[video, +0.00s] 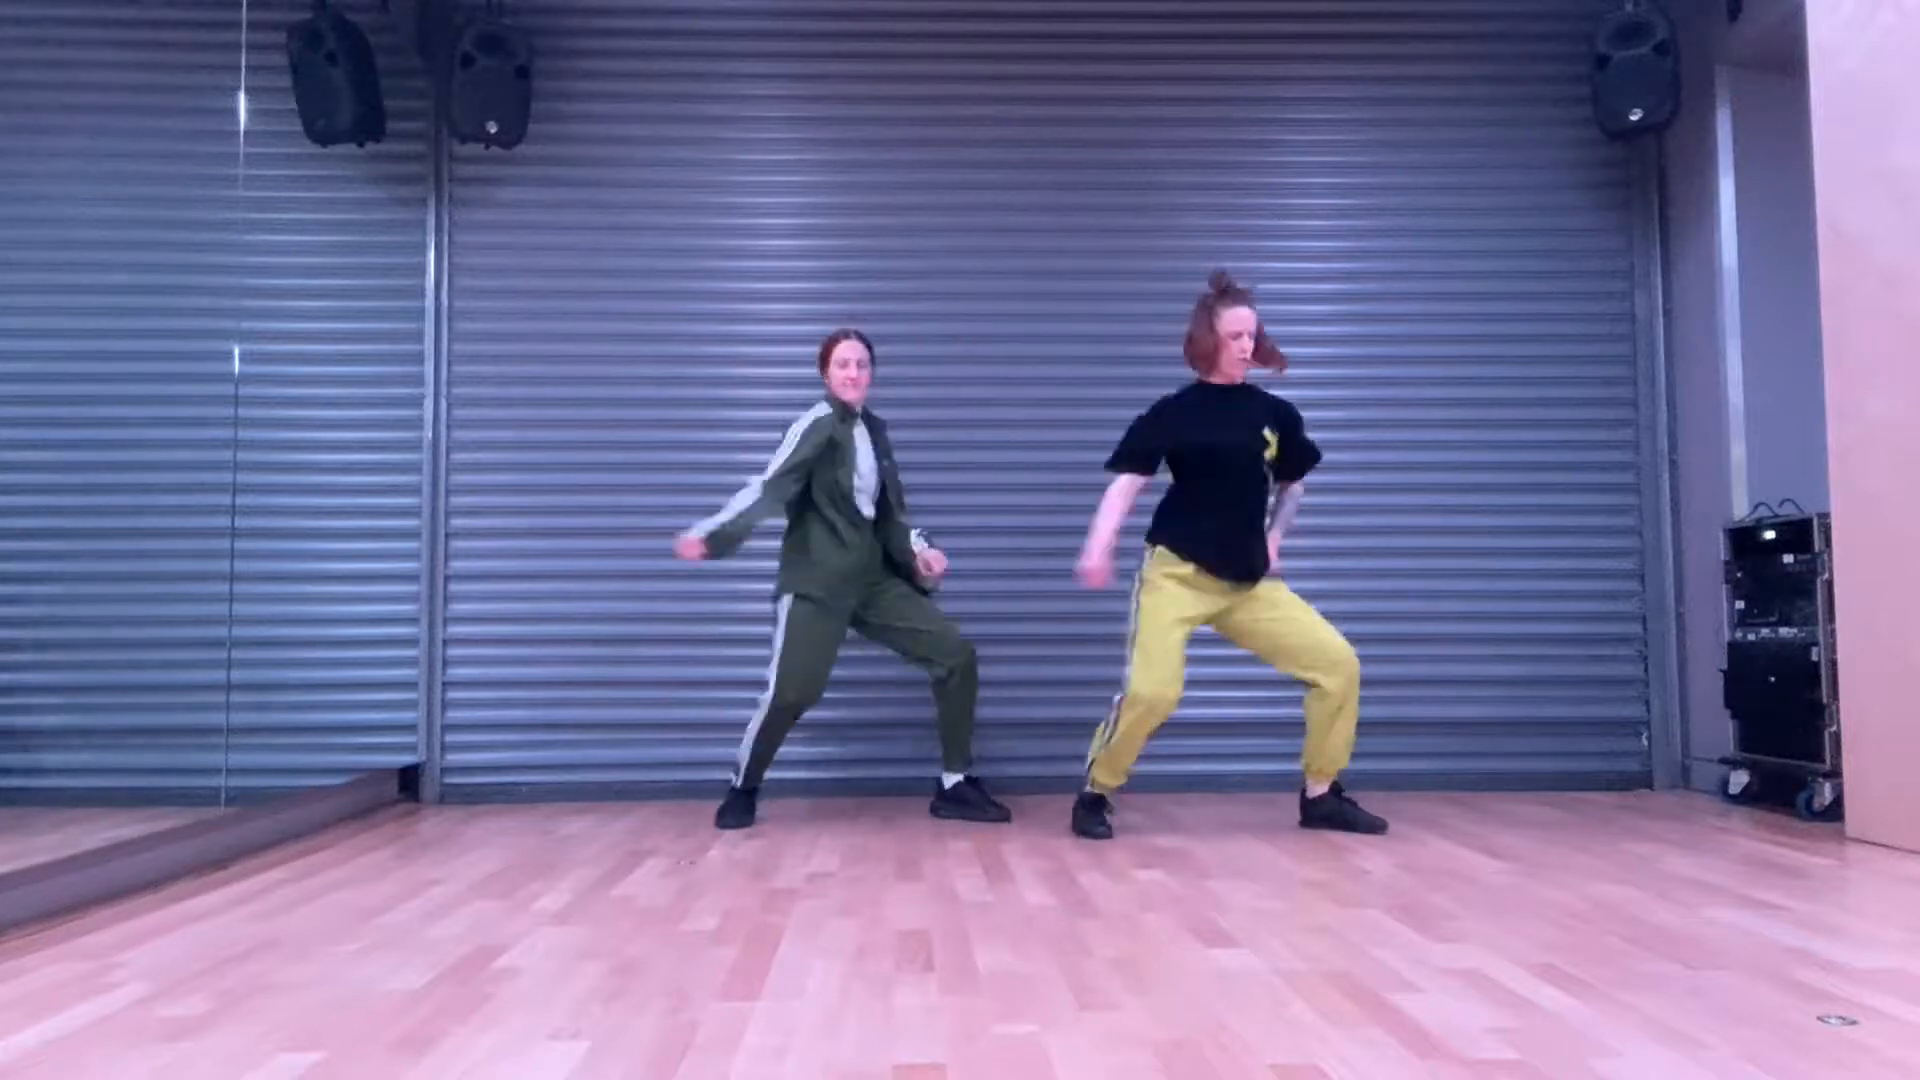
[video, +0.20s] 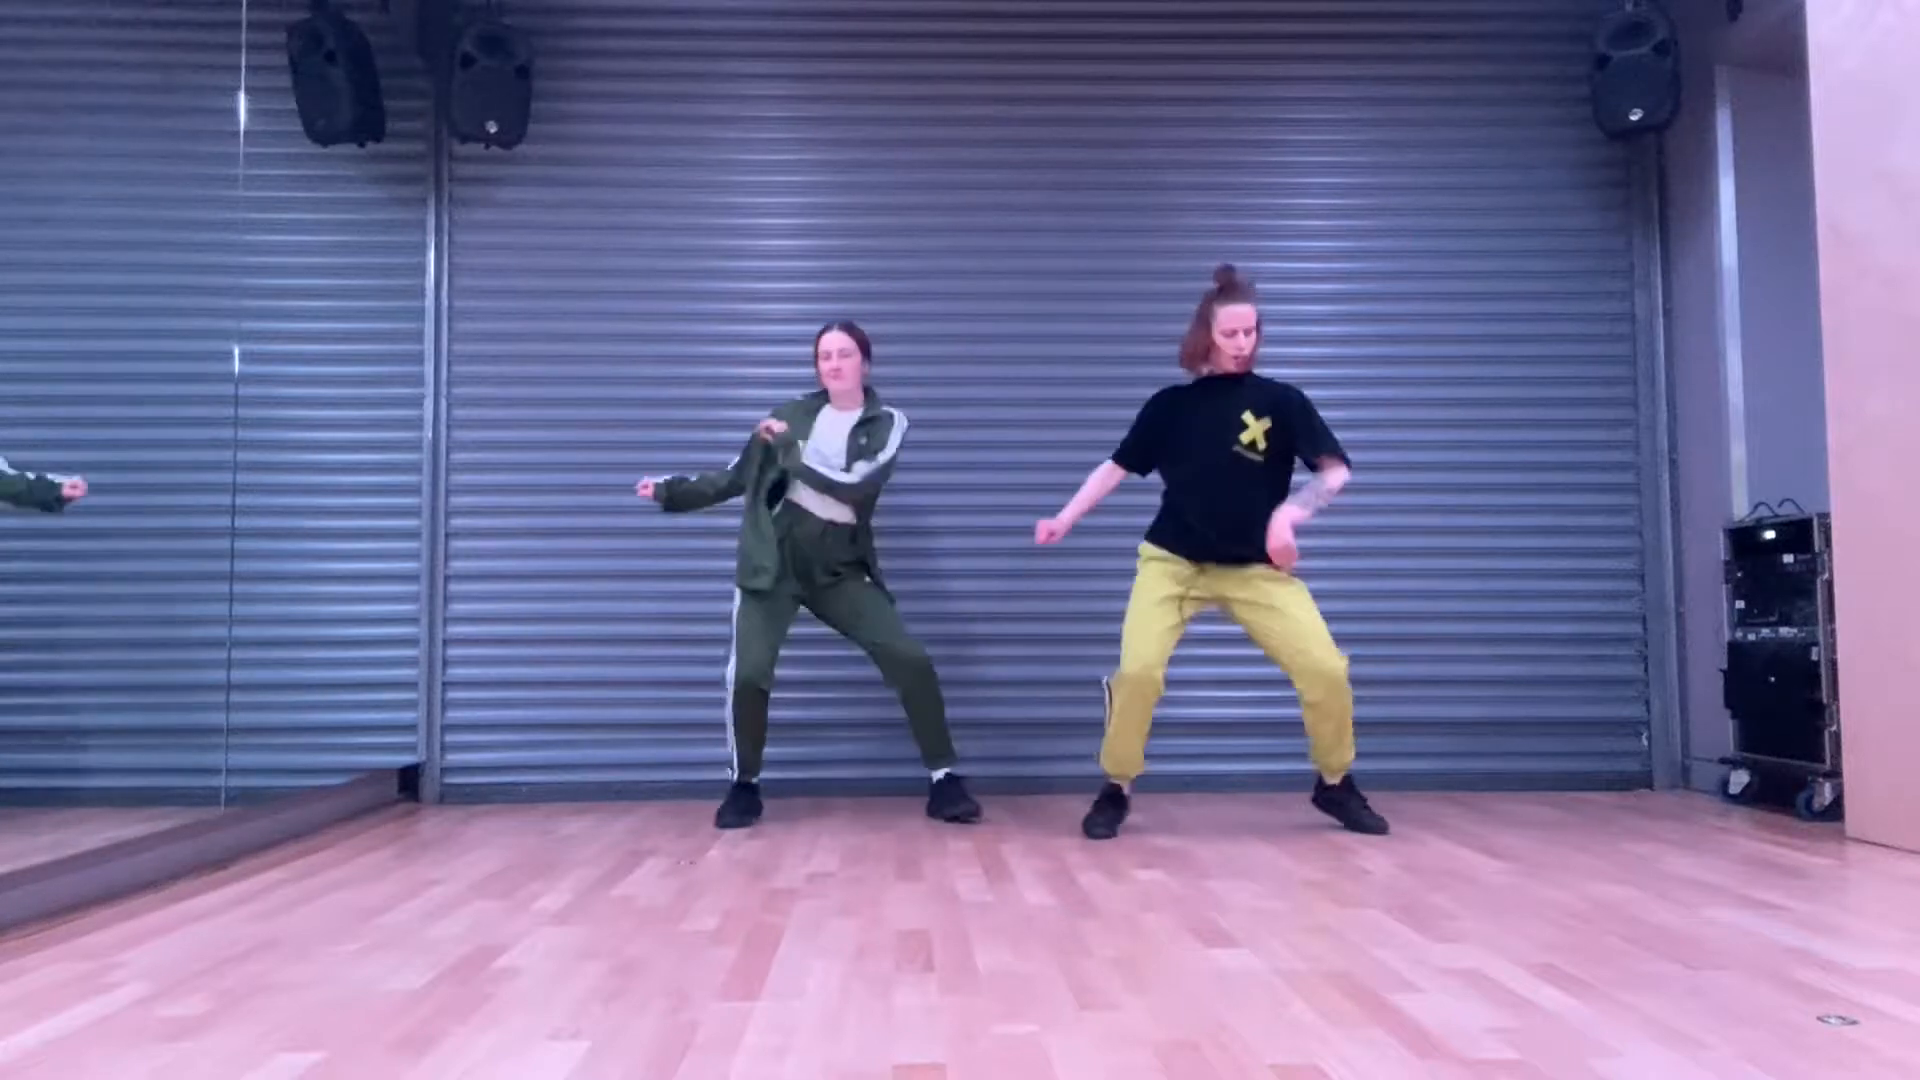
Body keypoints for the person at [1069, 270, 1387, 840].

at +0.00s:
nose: (1246, 346)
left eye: (1251, 335)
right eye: (1234, 335)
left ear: (1256, 341)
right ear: (1206, 339)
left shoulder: (1275, 415)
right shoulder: (1173, 413)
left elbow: (1293, 486)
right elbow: (1126, 483)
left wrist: (1272, 541)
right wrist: (1097, 547)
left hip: (1247, 584)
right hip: (1174, 579)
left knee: (1337, 664)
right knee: (1154, 692)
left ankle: (1320, 796)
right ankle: (1095, 794)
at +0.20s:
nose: (1243, 344)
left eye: (1251, 332)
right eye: (1231, 333)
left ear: (1260, 334)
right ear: (1206, 336)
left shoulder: (1283, 403)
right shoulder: (1171, 405)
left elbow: (1336, 473)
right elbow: (1117, 469)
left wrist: (1289, 513)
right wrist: (1064, 518)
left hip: (1258, 570)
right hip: (1171, 565)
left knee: (1327, 669)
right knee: (1138, 670)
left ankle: (1335, 785)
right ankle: (1114, 790)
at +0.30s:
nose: (1245, 353)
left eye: (1253, 341)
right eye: (1233, 343)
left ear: (1265, 342)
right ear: (1211, 346)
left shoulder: (1285, 395)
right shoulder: (1189, 410)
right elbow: (1136, 471)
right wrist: (1135, 503)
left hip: (1257, 554)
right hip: (1182, 549)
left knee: (1281, 679)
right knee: (1130, 663)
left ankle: (1364, 785)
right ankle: (1134, 793)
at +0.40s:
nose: (1245, 353)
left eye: (1253, 341)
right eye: (1232, 344)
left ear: (1267, 342)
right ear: (1214, 349)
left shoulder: (1288, 384)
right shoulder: (1202, 412)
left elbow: (1296, 435)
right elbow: (1139, 476)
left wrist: (1232, 447)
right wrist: (1193, 475)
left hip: (1274, 562)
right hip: (1200, 558)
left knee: (1304, 686)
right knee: (1146, 668)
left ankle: (1367, 789)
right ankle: (1132, 799)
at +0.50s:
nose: (1241, 341)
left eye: (1250, 329)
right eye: (1229, 331)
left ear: (1267, 331)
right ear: (1214, 338)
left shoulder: (1299, 383)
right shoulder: (1202, 406)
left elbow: (1355, 446)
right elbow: (1160, 477)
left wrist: (1284, 459)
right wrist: (1161, 480)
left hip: (1301, 571)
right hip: (1227, 571)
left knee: (1321, 684)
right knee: (1156, 656)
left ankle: (1365, 787)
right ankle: (1146, 791)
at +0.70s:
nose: (1250, 357)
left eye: (1259, 345)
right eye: (1239, 347)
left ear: (1276, 351)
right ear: (1224, 357)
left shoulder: (1308, 423)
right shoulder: (1215, 431)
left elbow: (1356, 506)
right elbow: (1220, 511)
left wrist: (1414, 518)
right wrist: (1163, 549)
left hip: (1323, 591)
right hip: (1247, 592)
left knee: (1338, 704)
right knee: (1166, 667)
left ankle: (1370, 799)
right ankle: (1169, 798)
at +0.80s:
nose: (1247, 351)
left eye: (1256, 338)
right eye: (1236, 341)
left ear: (1276, 339)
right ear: (1223, 349)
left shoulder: (1315, 405)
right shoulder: (1225, 415)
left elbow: (1359, 483)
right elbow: (1220, 500)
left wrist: (1417, 494)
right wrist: (1162, 537)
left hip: (1305, 587)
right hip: (1231, 583)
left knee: (1323, 706)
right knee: (1151, 667)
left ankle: (1368, 798)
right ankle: (1168, 797)